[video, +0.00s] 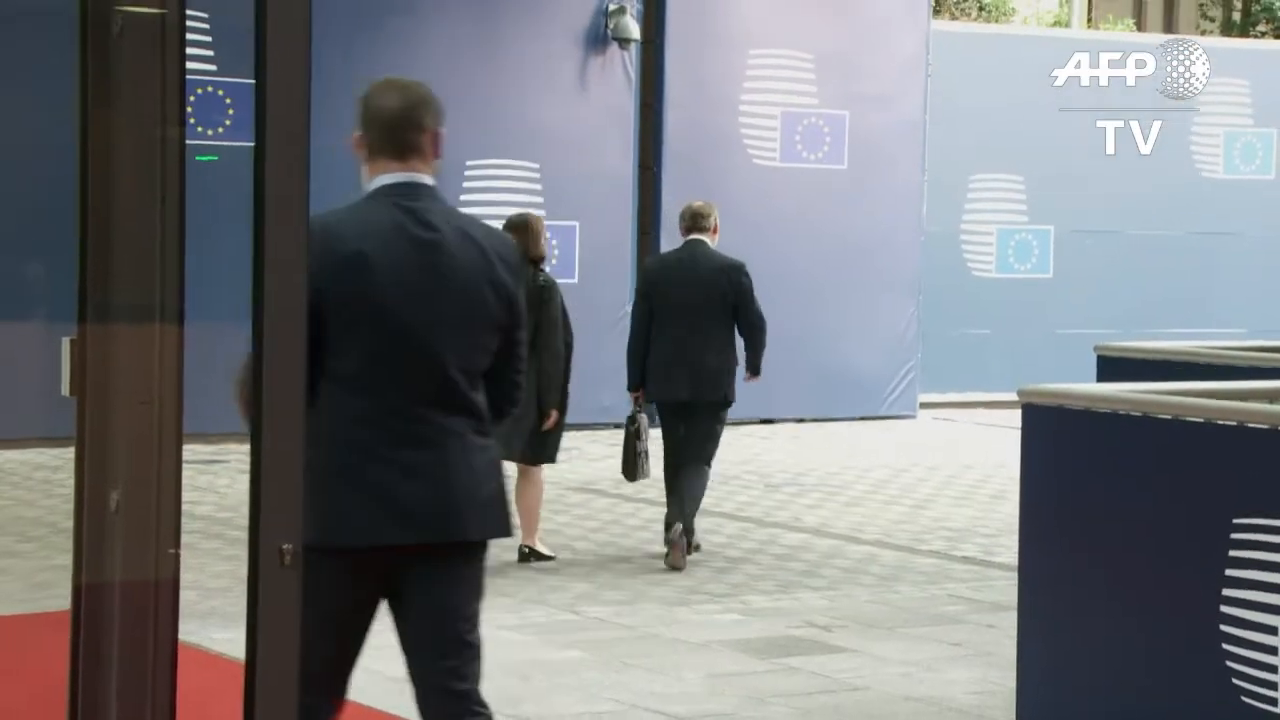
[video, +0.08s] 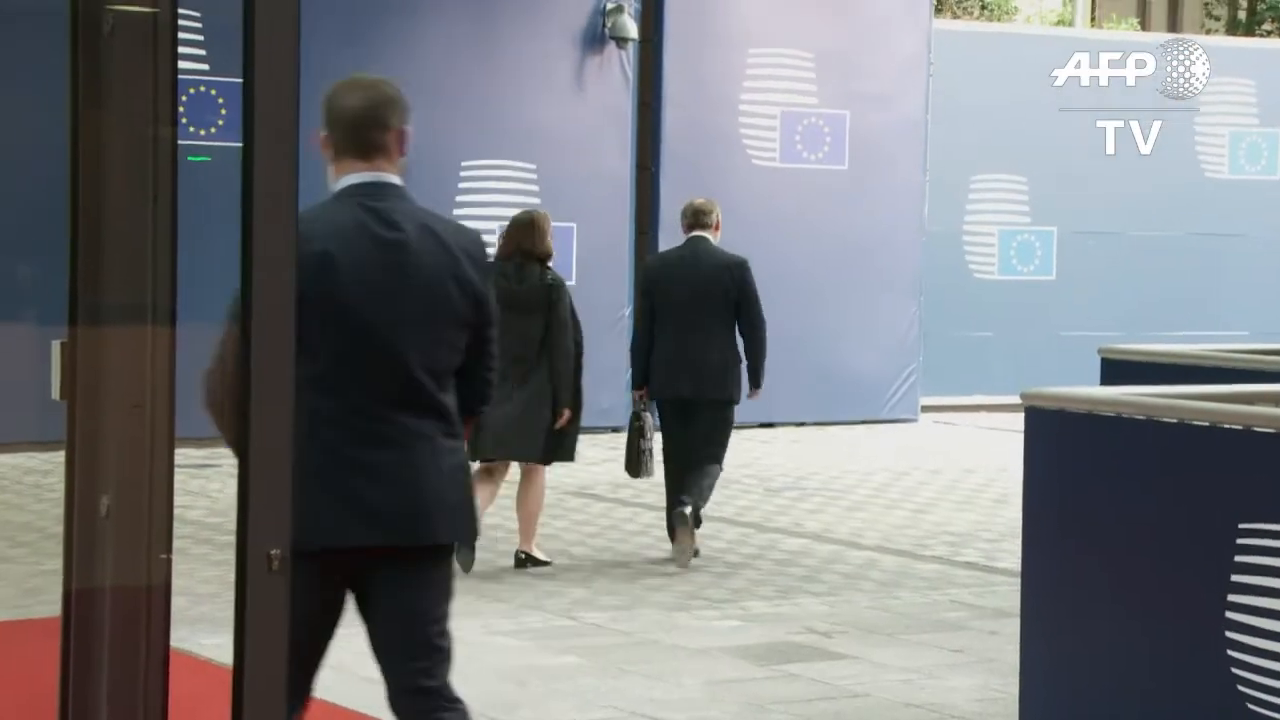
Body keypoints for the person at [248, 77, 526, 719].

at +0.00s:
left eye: (356, 139)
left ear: (358, 146)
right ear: (436, 143)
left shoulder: (319, 240)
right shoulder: (493, 254)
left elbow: (270, 379)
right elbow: (505, 393)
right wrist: (441, 439)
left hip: (339, 509)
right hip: (450, 511)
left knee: (306, 699)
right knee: (454, 698)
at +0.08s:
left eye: (321, 137)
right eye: (403, 134)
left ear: (324, 145)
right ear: (402, 140)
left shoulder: (293, 239)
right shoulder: (457, 247)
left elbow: (223, 385)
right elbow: (476, 388)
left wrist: (274, 458)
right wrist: (428, 451)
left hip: (307, 505)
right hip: (416, 507)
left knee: (275, 695)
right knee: (425, 691)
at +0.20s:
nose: (361, 135)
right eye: (360, 126)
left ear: (276, 137)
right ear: (352, 130)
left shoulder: (241, 231)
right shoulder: (414, 238)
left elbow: (182, 380)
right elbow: (427, 384)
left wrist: (234, 456)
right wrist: (362, 426)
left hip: (260, 498)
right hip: (371, 501)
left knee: (247, 698)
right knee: (371, 685)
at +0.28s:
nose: (332, 130)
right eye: (332, 122)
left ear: (249, 129)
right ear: (324, 126)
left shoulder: (209, 230)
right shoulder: (387, 235)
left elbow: (158, 372)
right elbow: (398, 379)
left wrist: (207, 452)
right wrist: (332, 417)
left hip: (239, 491)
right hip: (349, 491)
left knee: (236, 692)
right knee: (331, 666)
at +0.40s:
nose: (296, 125)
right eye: (296, 116)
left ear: (212, 123)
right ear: (288, 119)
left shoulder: (170, 225)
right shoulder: (349, 231)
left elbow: (144, 354)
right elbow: (355, 371)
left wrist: (165, 429)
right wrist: (296, 420)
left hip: (197, 483)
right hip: (307, 483)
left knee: (211, 672)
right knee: (282, 659)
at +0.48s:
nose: (273, 125)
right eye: (273, 117)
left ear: (190, 124)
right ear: (265, 121)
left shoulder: (150, 226)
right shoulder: (326, 233)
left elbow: (129, 353)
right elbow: (330, 368)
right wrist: (283, 429)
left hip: (173, 483)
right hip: (285, 483)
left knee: (195, 675)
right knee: (249, 666)